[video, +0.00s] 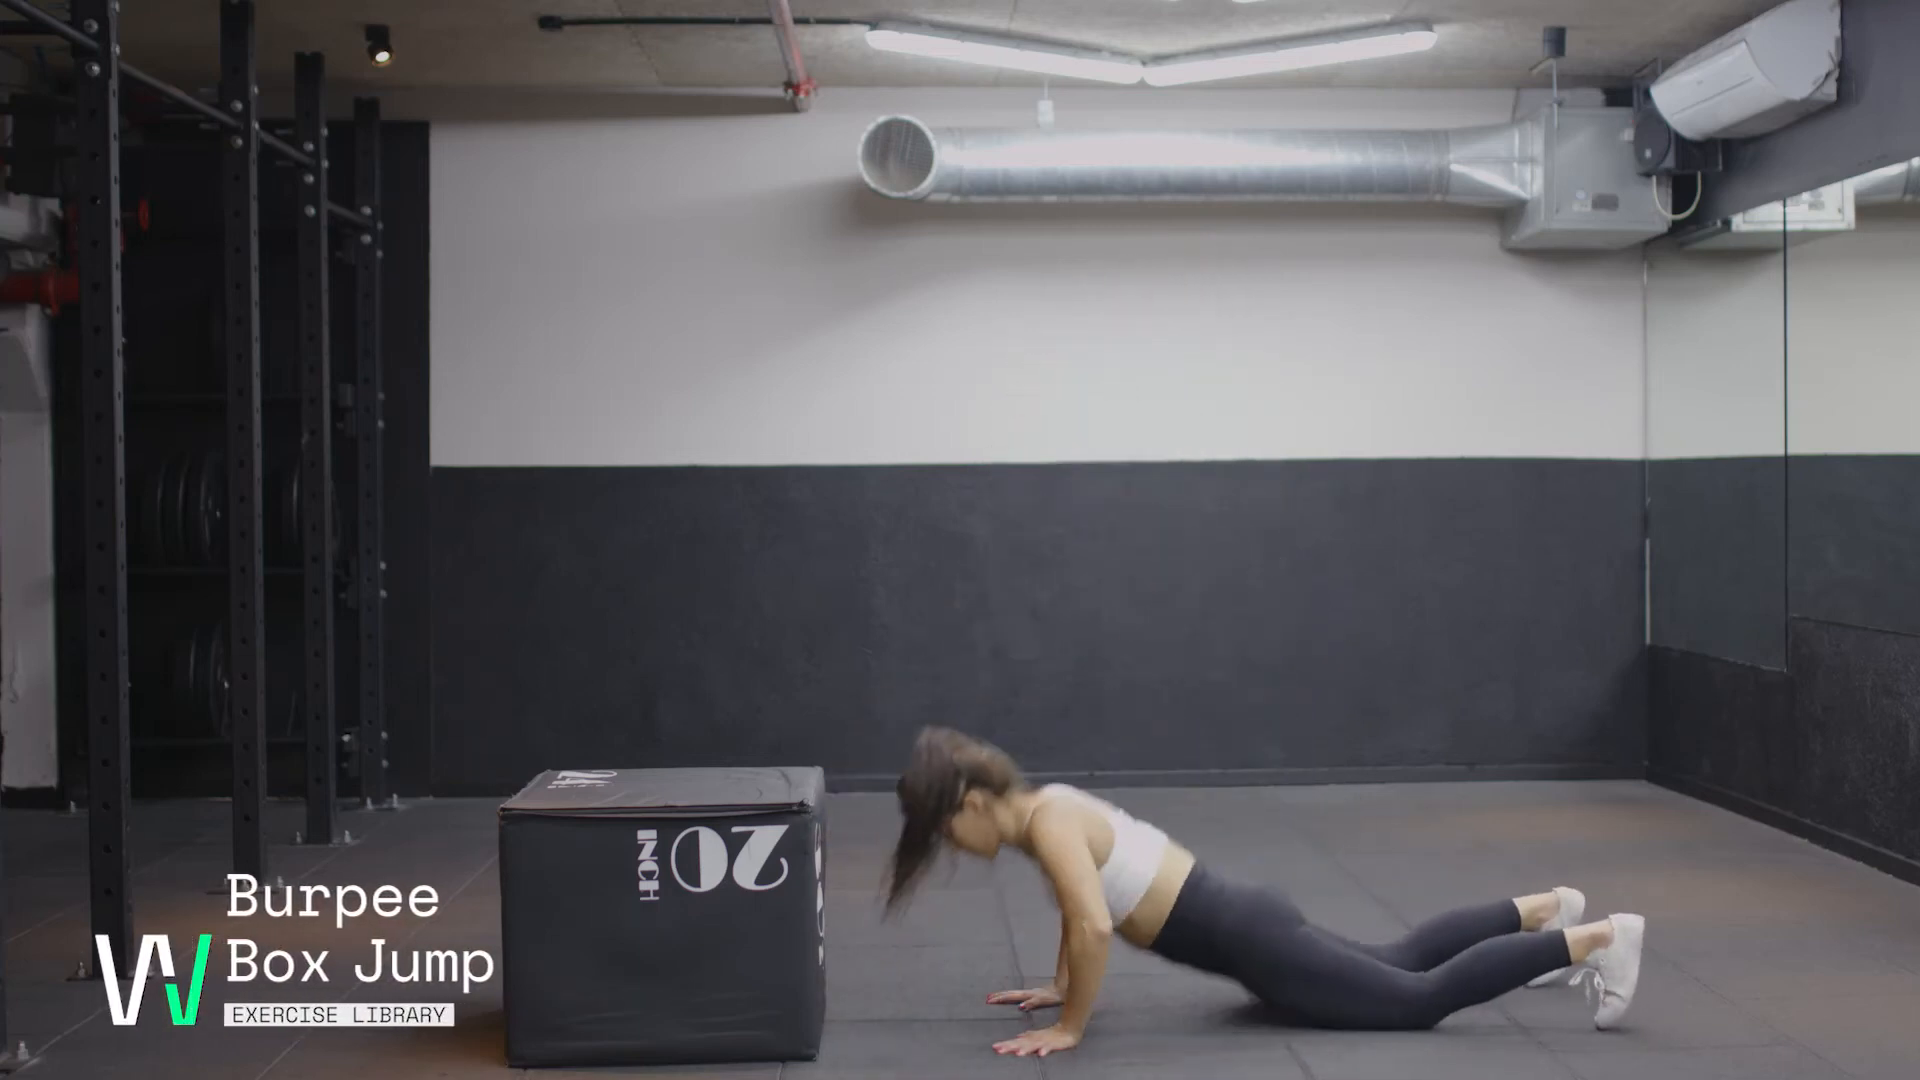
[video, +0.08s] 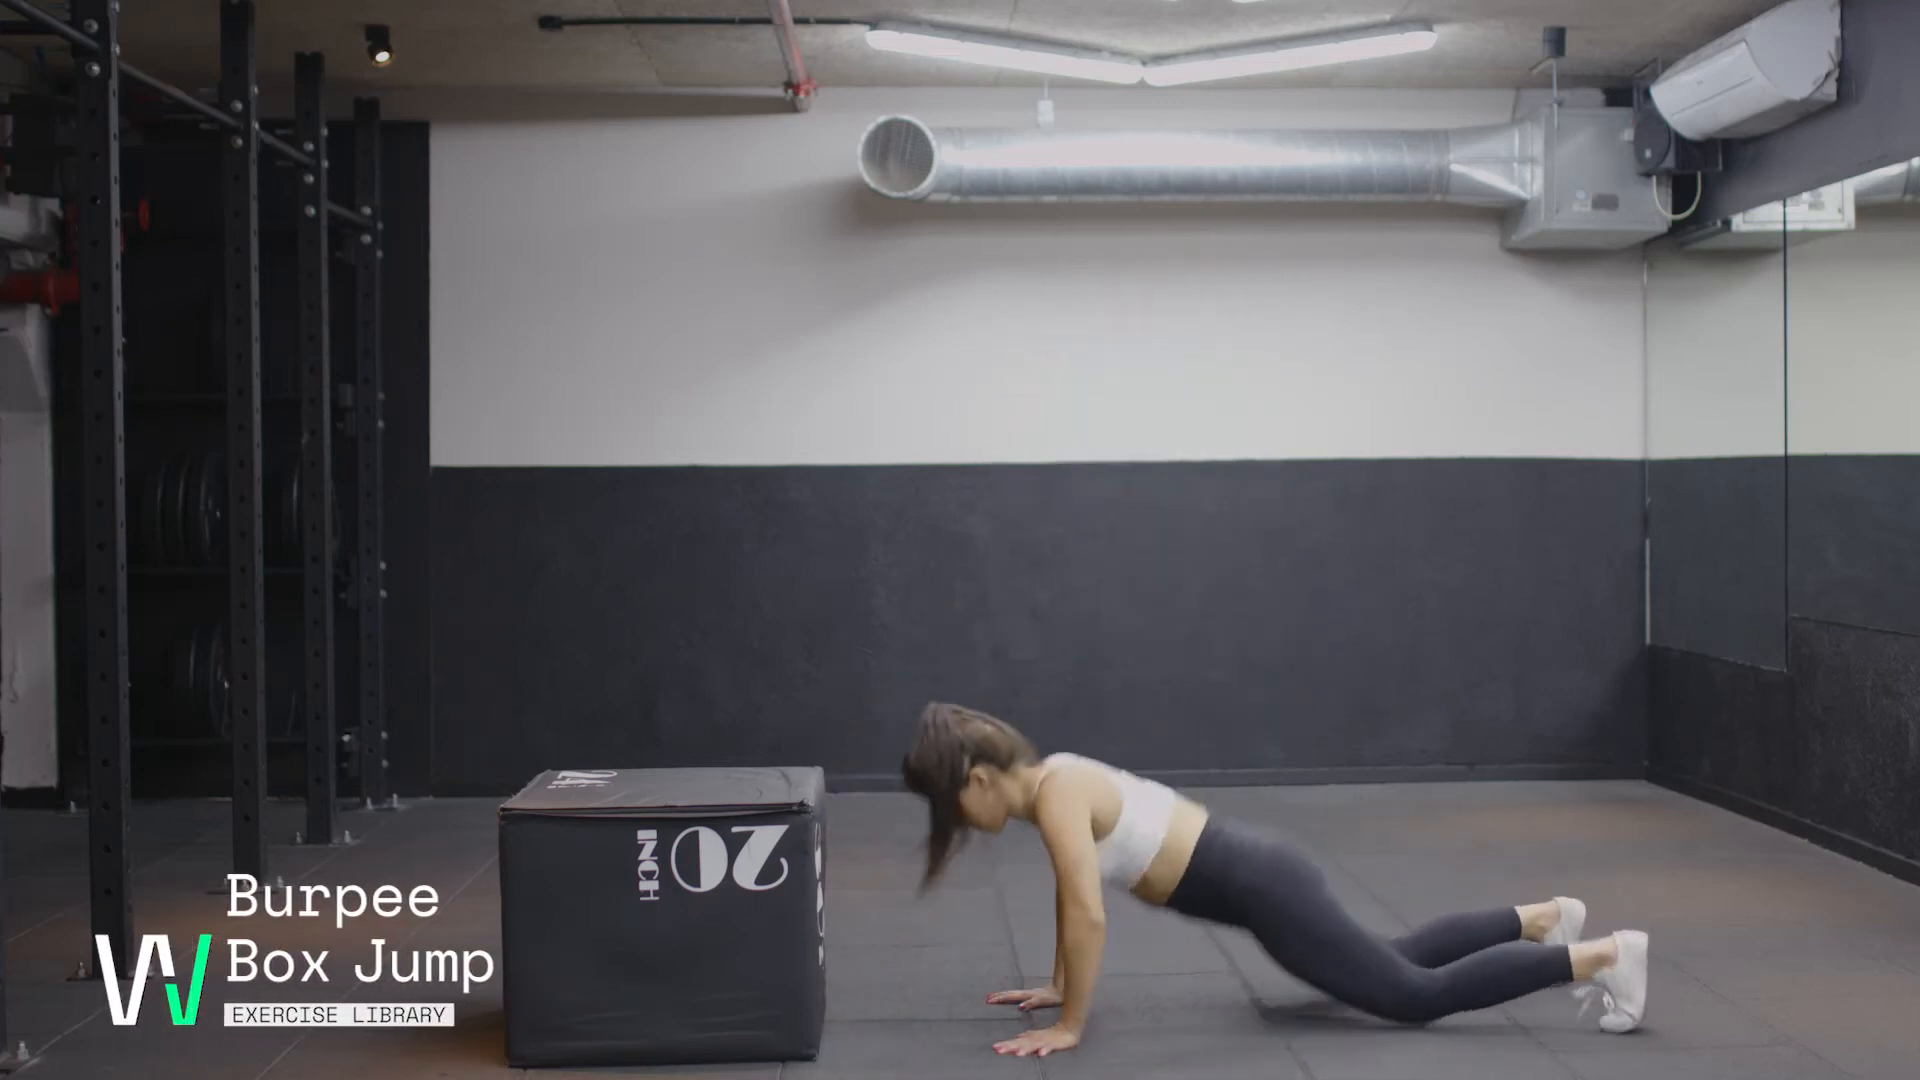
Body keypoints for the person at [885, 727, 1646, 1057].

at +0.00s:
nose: (954, 845)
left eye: (949, 829)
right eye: (944, 832)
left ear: (976, 801)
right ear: (979, 793)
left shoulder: (1052, 829)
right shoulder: (1047, 809)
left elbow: (1092, 934)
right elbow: (1081, 918)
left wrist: (1071, 1025)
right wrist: (1059, 988)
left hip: (1244, 936)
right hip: (1243, 920)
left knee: (1421, 999)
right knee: (1397, 966)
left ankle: (1587, 943)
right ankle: (1545, 910)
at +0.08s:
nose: (963, 819)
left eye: (957, 803)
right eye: (954, 806)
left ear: (981, 777)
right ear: (984, 771)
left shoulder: (1059, 798)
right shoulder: (1053, 784)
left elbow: (1085, 918)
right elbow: (1075, 903)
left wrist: (1071, 1023)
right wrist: (1060, 988)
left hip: (1264, 885)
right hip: (1260, 875)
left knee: (1415, 997)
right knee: (1393, 966)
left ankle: (1593, 958)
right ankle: (1541, 921)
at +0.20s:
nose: (954, 802)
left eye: (945, 790)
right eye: (943, 792)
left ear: (967, 767)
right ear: (977, 749)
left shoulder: (1053, 771)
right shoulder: (1042, 762)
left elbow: (1070, 906)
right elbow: (1064, 894)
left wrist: (1070, 1024)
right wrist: (1058, 986)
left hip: (1265, 783)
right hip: (1258, 772)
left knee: (1409, 919)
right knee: (1400, 890)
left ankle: (1603, 953)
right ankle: (1540, 911)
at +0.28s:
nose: (979, 823)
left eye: (967, 808)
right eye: (963, 815)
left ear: (984, 779)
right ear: (985, 768)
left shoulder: (1062, 766)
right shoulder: (1046, 758)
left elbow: (1073, 902)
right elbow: (1063, 891)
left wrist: (1069, 1028)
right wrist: (1060, 990)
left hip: (1266, 707)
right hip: (1255, 709)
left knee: (1381, 871)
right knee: (1377, 853)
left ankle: (1567, 925)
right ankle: (1526, 900)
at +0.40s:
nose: (1048, 847)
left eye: (1037, 839)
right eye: (1036, 845)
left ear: (1037, 800)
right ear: (1037, 789)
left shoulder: (1111, 765)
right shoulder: (1087, 757)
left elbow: (1098, 908)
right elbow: (1086, 890)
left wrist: (1070, 1025)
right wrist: (1060, 989)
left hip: (1281, 624)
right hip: (1259, 628)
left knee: (1312, 820)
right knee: (1310, 814)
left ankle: (1449, 947)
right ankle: (1409, 928)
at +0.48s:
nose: (1081, 852)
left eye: (1071, 841)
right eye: (1068, 850)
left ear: (1074, 801)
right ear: (1072, 790)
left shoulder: (1139, 772)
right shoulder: (1112, 764)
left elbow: (1113, 912)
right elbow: (1100, 887)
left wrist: (1072, 1026)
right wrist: (1062, 988)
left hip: (1301, 613)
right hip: (1279, 610)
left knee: (1278, 802)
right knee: (1271, 798)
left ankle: (1349, 983)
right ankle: (1322, 948)